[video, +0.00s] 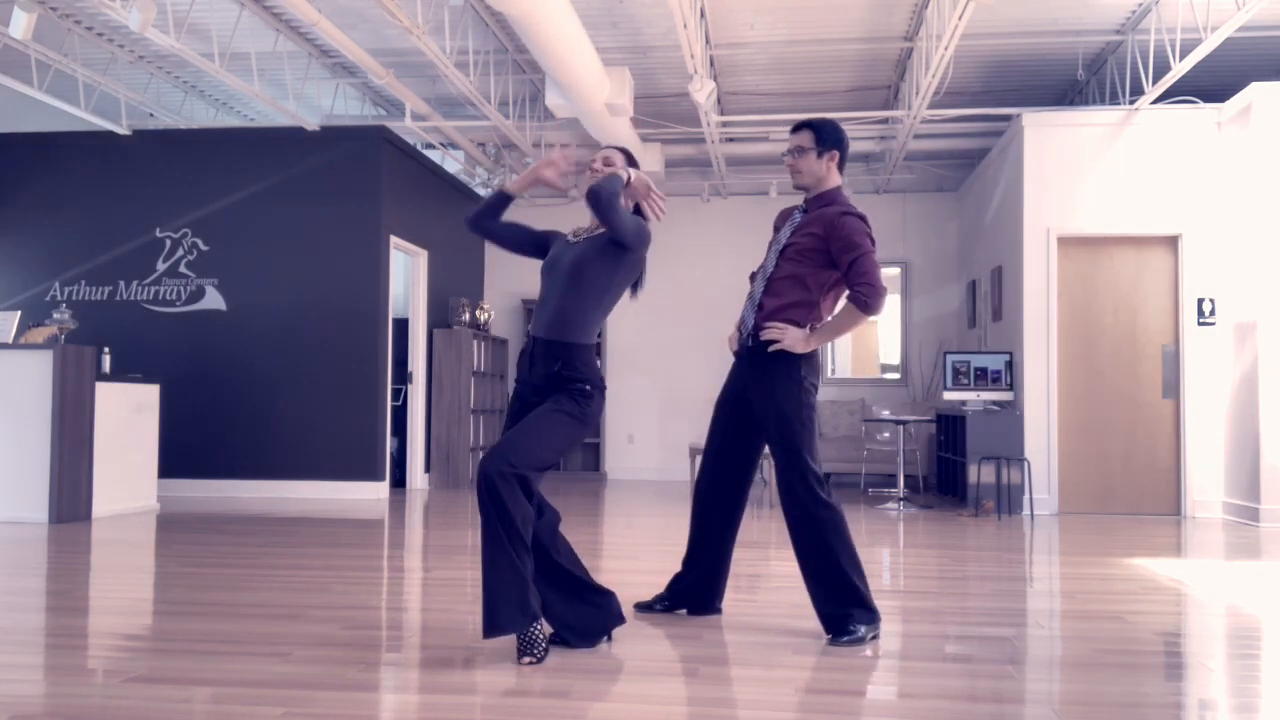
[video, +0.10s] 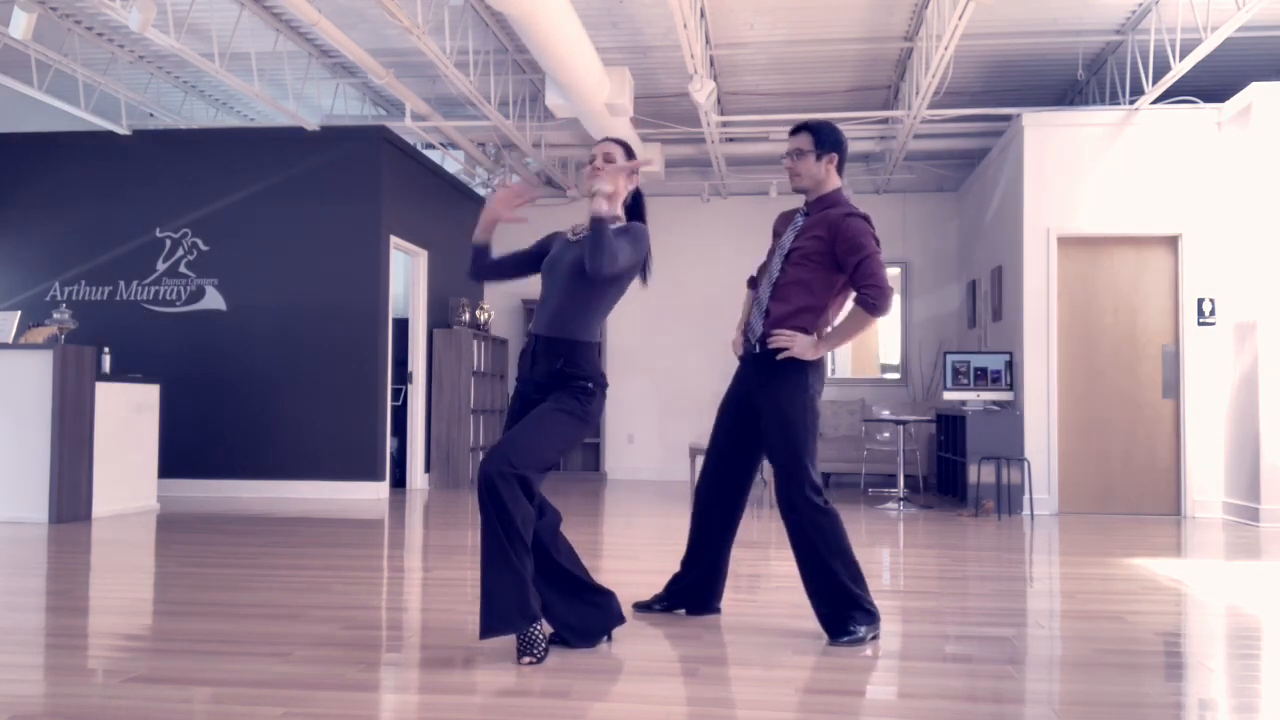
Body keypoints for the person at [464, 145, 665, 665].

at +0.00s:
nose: (596, 170)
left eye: (610, 166)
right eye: (593, 163)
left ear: (632, 187)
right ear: (583, 176)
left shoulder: (633, 236)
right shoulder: (560, 242)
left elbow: (602, 199)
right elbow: (481, 222)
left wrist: (628, 177)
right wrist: (531, 179)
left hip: (576, 388)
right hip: (531, 381)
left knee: (499, 469)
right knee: (517, 496)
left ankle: (529, 618)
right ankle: (586, 611)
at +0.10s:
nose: (596, 167)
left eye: (609, 160)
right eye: (591, 160)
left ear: (633, 179)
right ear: (583, 177)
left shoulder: (633, 236)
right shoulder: (559, 241)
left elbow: (600, 266)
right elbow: (483, 269)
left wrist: (603, 211)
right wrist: (489, 218)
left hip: (577, 386)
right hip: (533, 380)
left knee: (499, 469)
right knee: (518, 497)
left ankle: (528, 619)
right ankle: (586, 611)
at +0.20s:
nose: (591, 157)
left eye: (602, 150)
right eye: (585, 149)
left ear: (622, 167)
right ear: (577, 162)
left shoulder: (622, 226)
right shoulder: (556, 231)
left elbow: (618, 309)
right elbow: (505, 302)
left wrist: (569, 270)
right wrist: (460, 288)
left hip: (584, 374)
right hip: (542, 372)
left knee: (505, 468)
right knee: (520, 491)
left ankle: (527, 617)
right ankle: (588, 611)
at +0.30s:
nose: (576, 142)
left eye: (587, 136)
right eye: (570, 134)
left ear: (607, 151)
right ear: (560, 147)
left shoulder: (610, 216)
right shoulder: (542, 219)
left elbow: (616, 301)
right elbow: (528, 299)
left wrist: (574, 348)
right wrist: (481, 347)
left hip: (594, 360)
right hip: (549, 359)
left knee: (519, 462)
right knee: (526, 484)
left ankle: (530, 618)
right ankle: (588, 610)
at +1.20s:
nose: (572, 134)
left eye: (581, 126)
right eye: (562, 125)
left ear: (598, 135)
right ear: (550, 134)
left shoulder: (620, 202)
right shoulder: (531, 204)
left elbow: (634, 287)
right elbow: (519, 288)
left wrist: (639, 369)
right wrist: (523, 369)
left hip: (620, 343)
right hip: (566, 345)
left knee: (574, 446)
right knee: (566, 462)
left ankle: (571, 597)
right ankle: (588, 603)